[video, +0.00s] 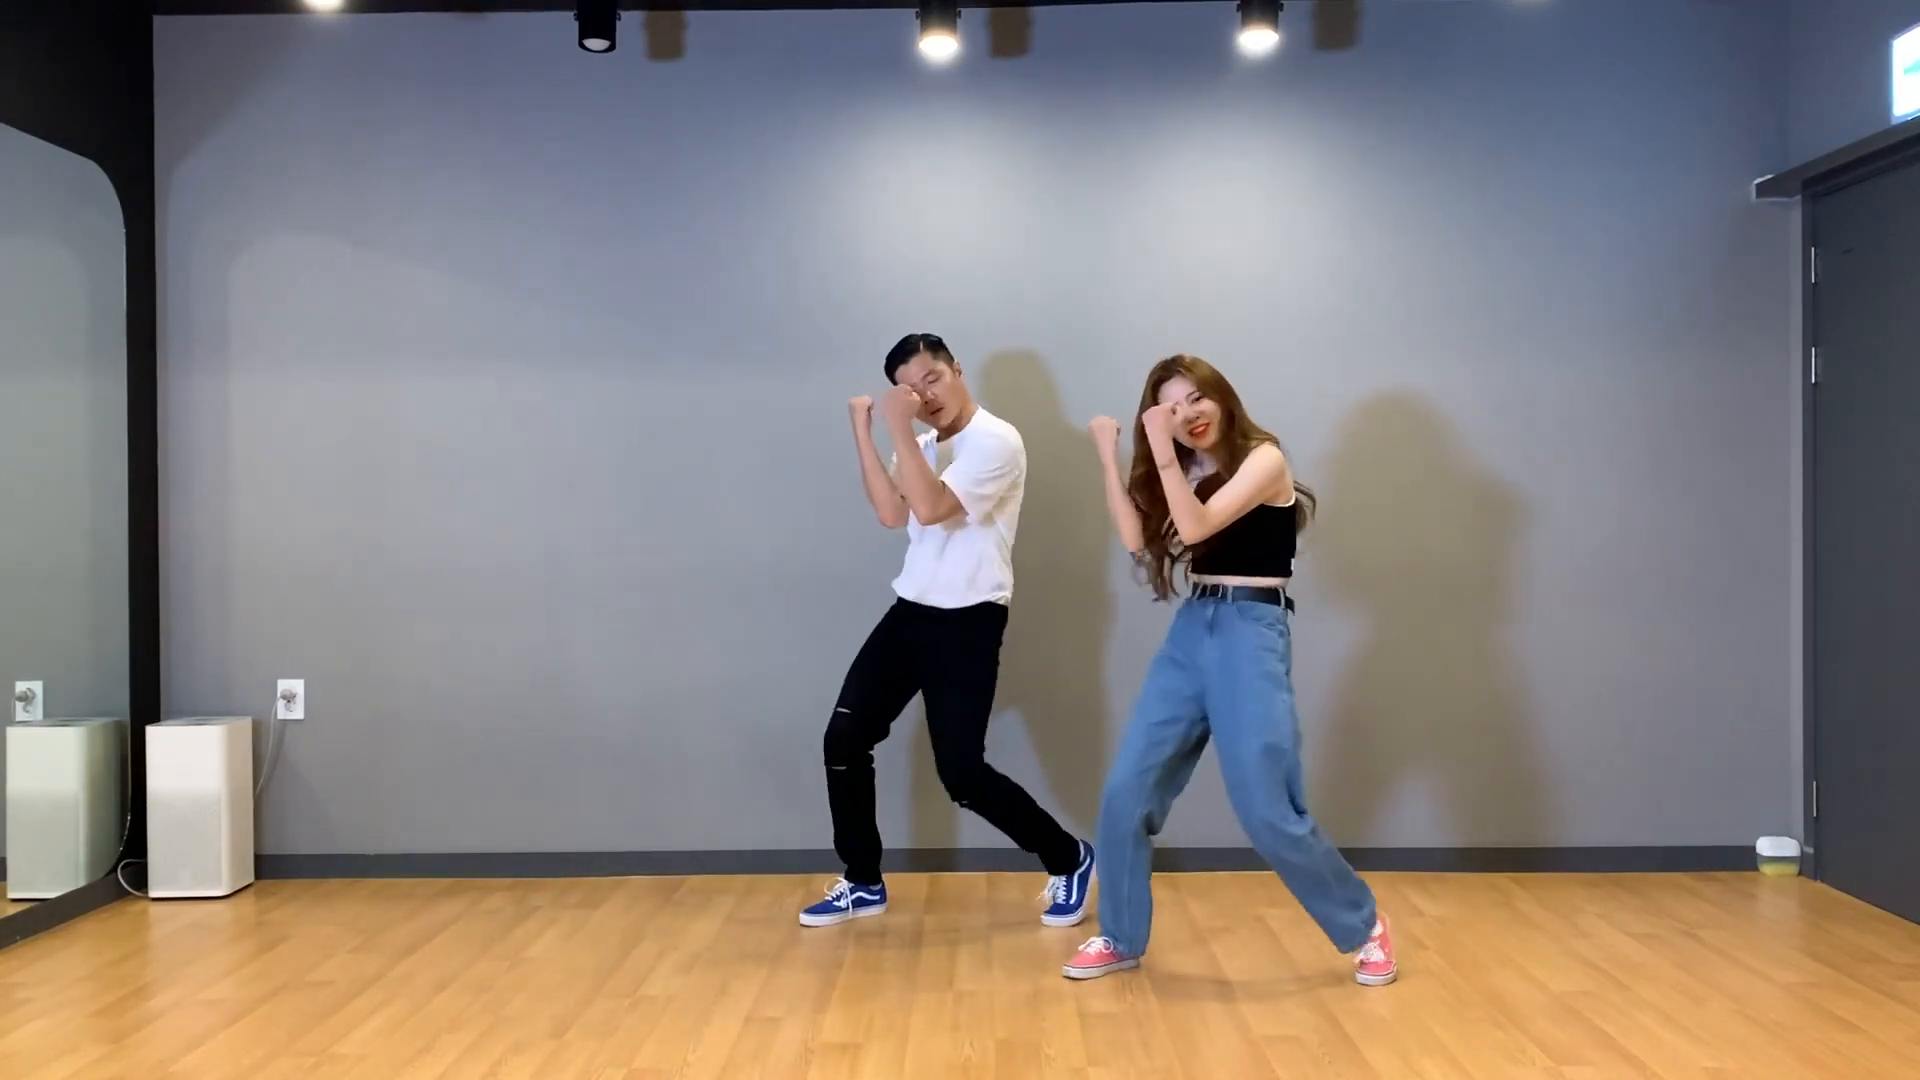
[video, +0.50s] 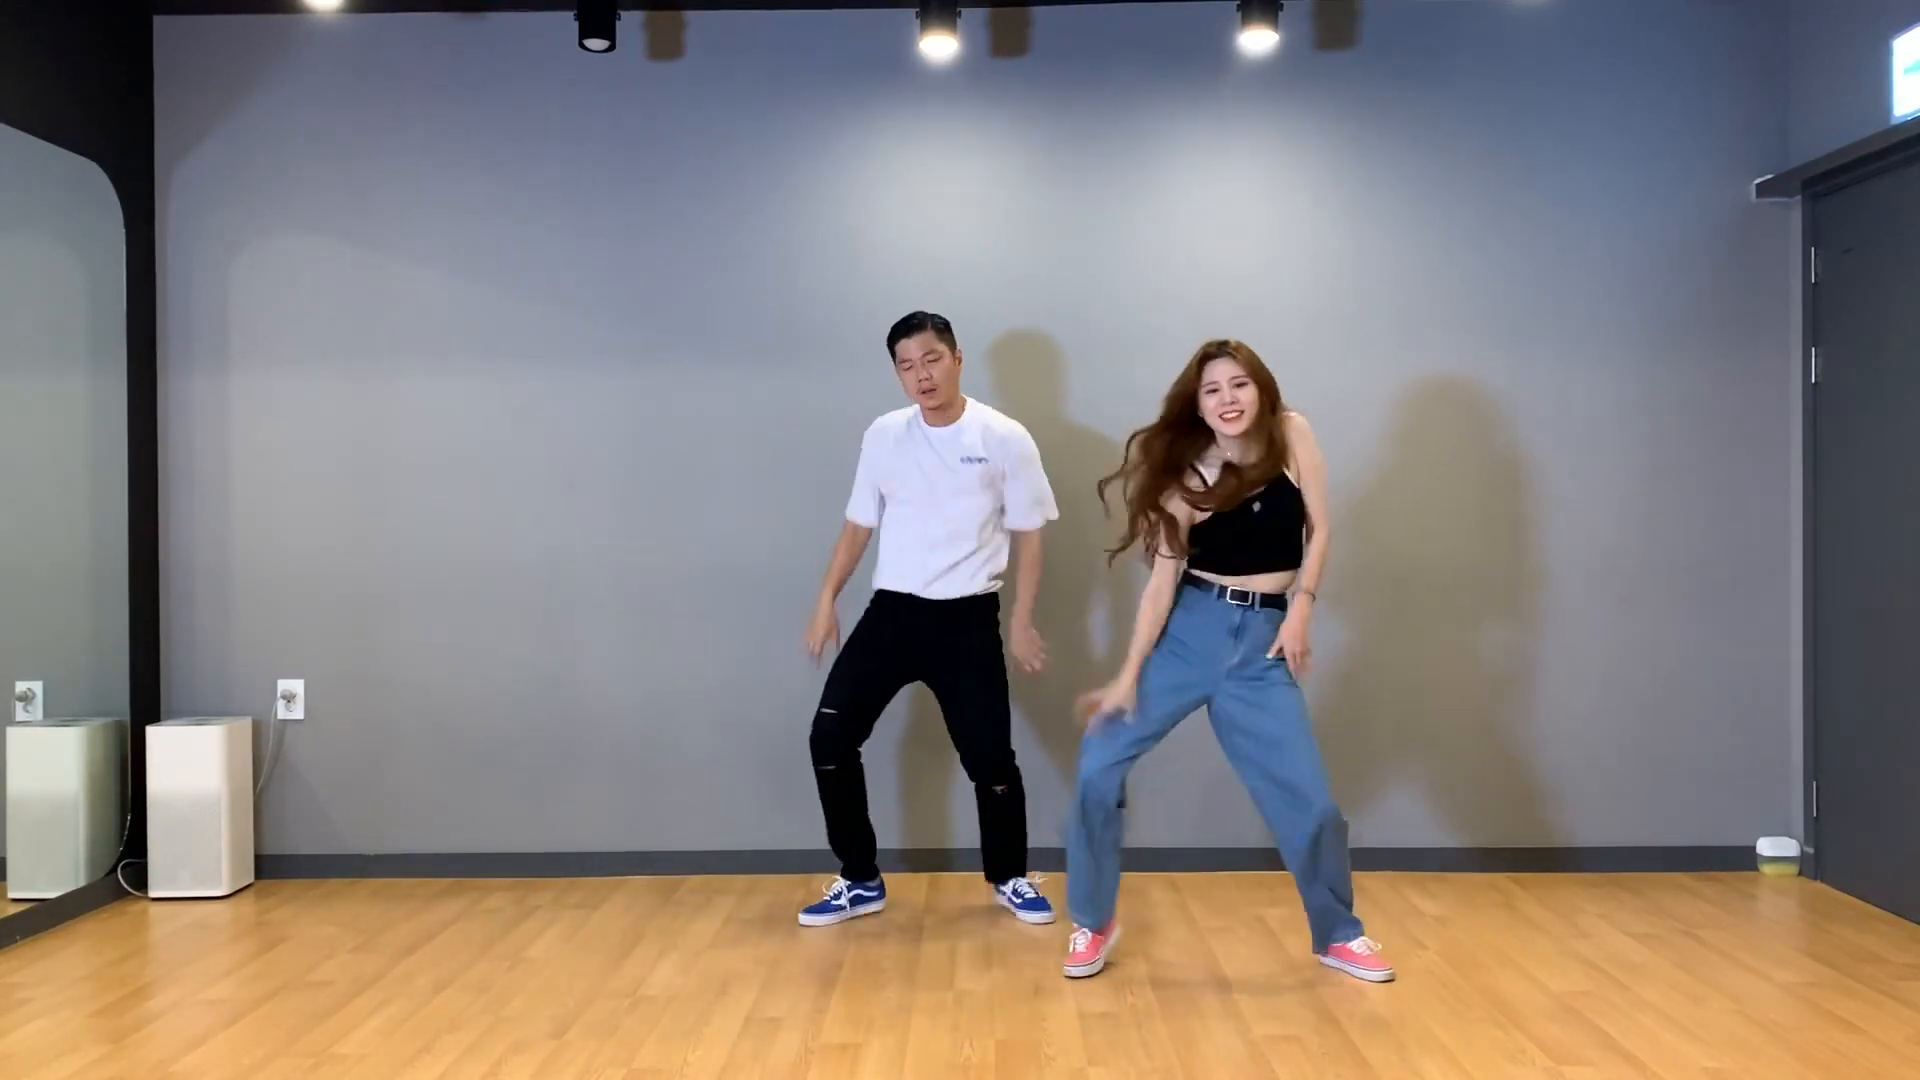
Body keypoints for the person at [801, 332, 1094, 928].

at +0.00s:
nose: (925, 396)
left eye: (932, 379)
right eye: (913, 390)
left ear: (958, 372)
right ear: (907, 400)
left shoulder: (998, 441)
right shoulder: (926, 445)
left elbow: (931, 507)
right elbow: (891, 512)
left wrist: (902, 429)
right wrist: (864, 437)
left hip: (968, 622)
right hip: (909, 614)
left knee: (963, 776)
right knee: (845, 739)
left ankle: (1071, 860)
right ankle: (863, 883)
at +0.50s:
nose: (923, 375)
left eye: (933, 360)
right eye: (909, 366)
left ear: (957, 360)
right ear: (899, 375)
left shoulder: (1005, 439)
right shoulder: (884, 437)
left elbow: (1029, 533)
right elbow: (858, 525)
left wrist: (1023, 620)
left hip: (968, 622)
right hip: (892, 618)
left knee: (991, 758)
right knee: (831, 737)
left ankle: (1010, 877)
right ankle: (860, 881)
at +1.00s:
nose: (929, 381)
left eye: (937, 366)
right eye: (914, 371)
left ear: (949, 363)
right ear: (889, 373)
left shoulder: (986, 439)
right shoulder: (861, 431)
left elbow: (1002, 540)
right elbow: (828, 513)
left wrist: (1015, 624)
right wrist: (787, 584)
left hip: (972, 616)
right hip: (892, 618)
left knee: (1024, 747)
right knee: (858, 751)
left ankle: (1017, 881)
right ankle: (841, 879)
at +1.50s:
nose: (921, 381)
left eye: (928, 369)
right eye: (908, 368)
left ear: (935, 373)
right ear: (875, 372)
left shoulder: (955, 439)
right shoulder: (828, 437)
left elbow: (973, 538)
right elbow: (803, 526)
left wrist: (981, 622)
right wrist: (803, 610)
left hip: (940, 619)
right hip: (859, 619)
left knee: (972, 743)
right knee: (825, 747)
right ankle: (850, 879)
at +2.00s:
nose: (883, 388)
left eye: (893, 374)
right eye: (868, 376)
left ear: (905, 374)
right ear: (844, 378)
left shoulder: (936, 442)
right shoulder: (812, 438)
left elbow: (949, 538)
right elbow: (771, 519)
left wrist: (956, 621)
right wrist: (728, 593)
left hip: (913, 622)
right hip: (834, 620)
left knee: (930, 759)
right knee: (792, 741)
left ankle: (901, 870)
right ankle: (754, 863)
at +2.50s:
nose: (932, 409)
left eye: (934, 396)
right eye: (918, 399)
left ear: (936, 393)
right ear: (880, 404)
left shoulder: (969, 446)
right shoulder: (844, 474)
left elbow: (1053, 496)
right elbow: (780, 525)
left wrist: (1097, 559)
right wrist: (742, 512)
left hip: (1006, 612)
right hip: (935, 632)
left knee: (1059, 739)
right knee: (926, 766)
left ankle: (1126, 853)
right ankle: (978, 880)